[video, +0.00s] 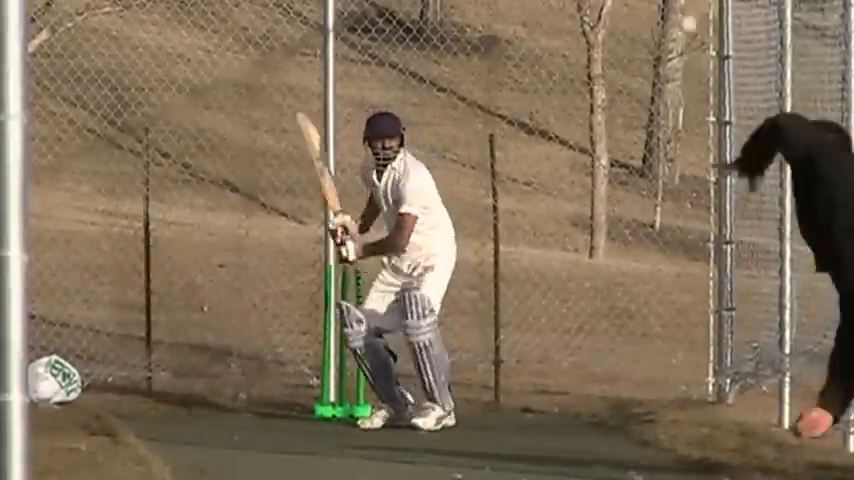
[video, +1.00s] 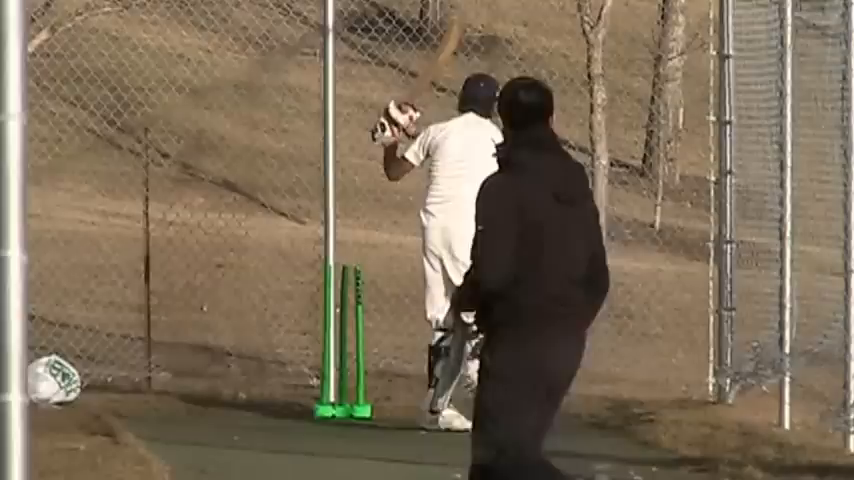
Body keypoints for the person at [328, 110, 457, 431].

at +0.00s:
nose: (383, 148)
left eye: (390, 141)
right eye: (375, 142)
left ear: (401, 142)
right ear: (367, 144)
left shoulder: (411, 177)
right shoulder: (371, 169)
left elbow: (398, 241)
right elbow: (376, 202)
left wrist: (360, 249)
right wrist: (358, 228)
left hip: (431, 259)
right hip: (397, 261)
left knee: (418, 325)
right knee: (361, 330)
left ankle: (442, 406)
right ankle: (395, 404)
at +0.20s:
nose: (410, 149)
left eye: (416, 142)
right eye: (402, 144)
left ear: (425, 142)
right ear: (392, 146)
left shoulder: (443, 168)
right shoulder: (384, 182)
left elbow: (434, 221)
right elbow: (390, 237)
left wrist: (391, 254)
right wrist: (372, 258)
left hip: (439, 271)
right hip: (397, 271)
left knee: (449, 324)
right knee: (360, 331)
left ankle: (445, 407)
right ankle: (381, 394)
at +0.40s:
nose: (428, 150)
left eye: (434, 142)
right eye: (420, 144)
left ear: (439, 139)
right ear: (404, 143)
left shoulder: (442, 147)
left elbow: (483, 180)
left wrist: (526, 205)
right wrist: (533, 199)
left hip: (444, 252)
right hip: (413, 258)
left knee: (462, 324)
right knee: (404, 345)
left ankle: (450, 406)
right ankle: (365, 392)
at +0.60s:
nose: (482, 122)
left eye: (481, 115)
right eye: (478, 115)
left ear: (447, 116)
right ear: (465, 117)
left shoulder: (428, 140)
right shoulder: (463, 151)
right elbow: (499, 146)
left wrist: (498, 109)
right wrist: (502, 112)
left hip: (450, 246)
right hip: (431, 247)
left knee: (473, 326)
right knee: (422, 339)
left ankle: (448, 404)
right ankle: (365, 380)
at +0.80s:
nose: (499, 107)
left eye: (498, 102)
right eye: (498, 103)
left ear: (461, 101)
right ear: (492, 105)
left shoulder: (436, 132)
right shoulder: (496, 139)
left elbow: (422, 169)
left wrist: (430, 125)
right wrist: (449, 116)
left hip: (429, 229)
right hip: (455, 232)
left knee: (460, 318)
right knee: (445, 320)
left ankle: (438, 402)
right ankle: (400, 395)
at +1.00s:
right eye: (493, 103)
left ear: (460, 102)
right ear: (493, 106)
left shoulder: (438, 132)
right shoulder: (501, 138)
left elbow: (394, 171)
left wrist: (392, 140)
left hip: (435, 227)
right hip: (477, 231)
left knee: (440, 317)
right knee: (476, 313)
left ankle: (437, 400)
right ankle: (473, 371)